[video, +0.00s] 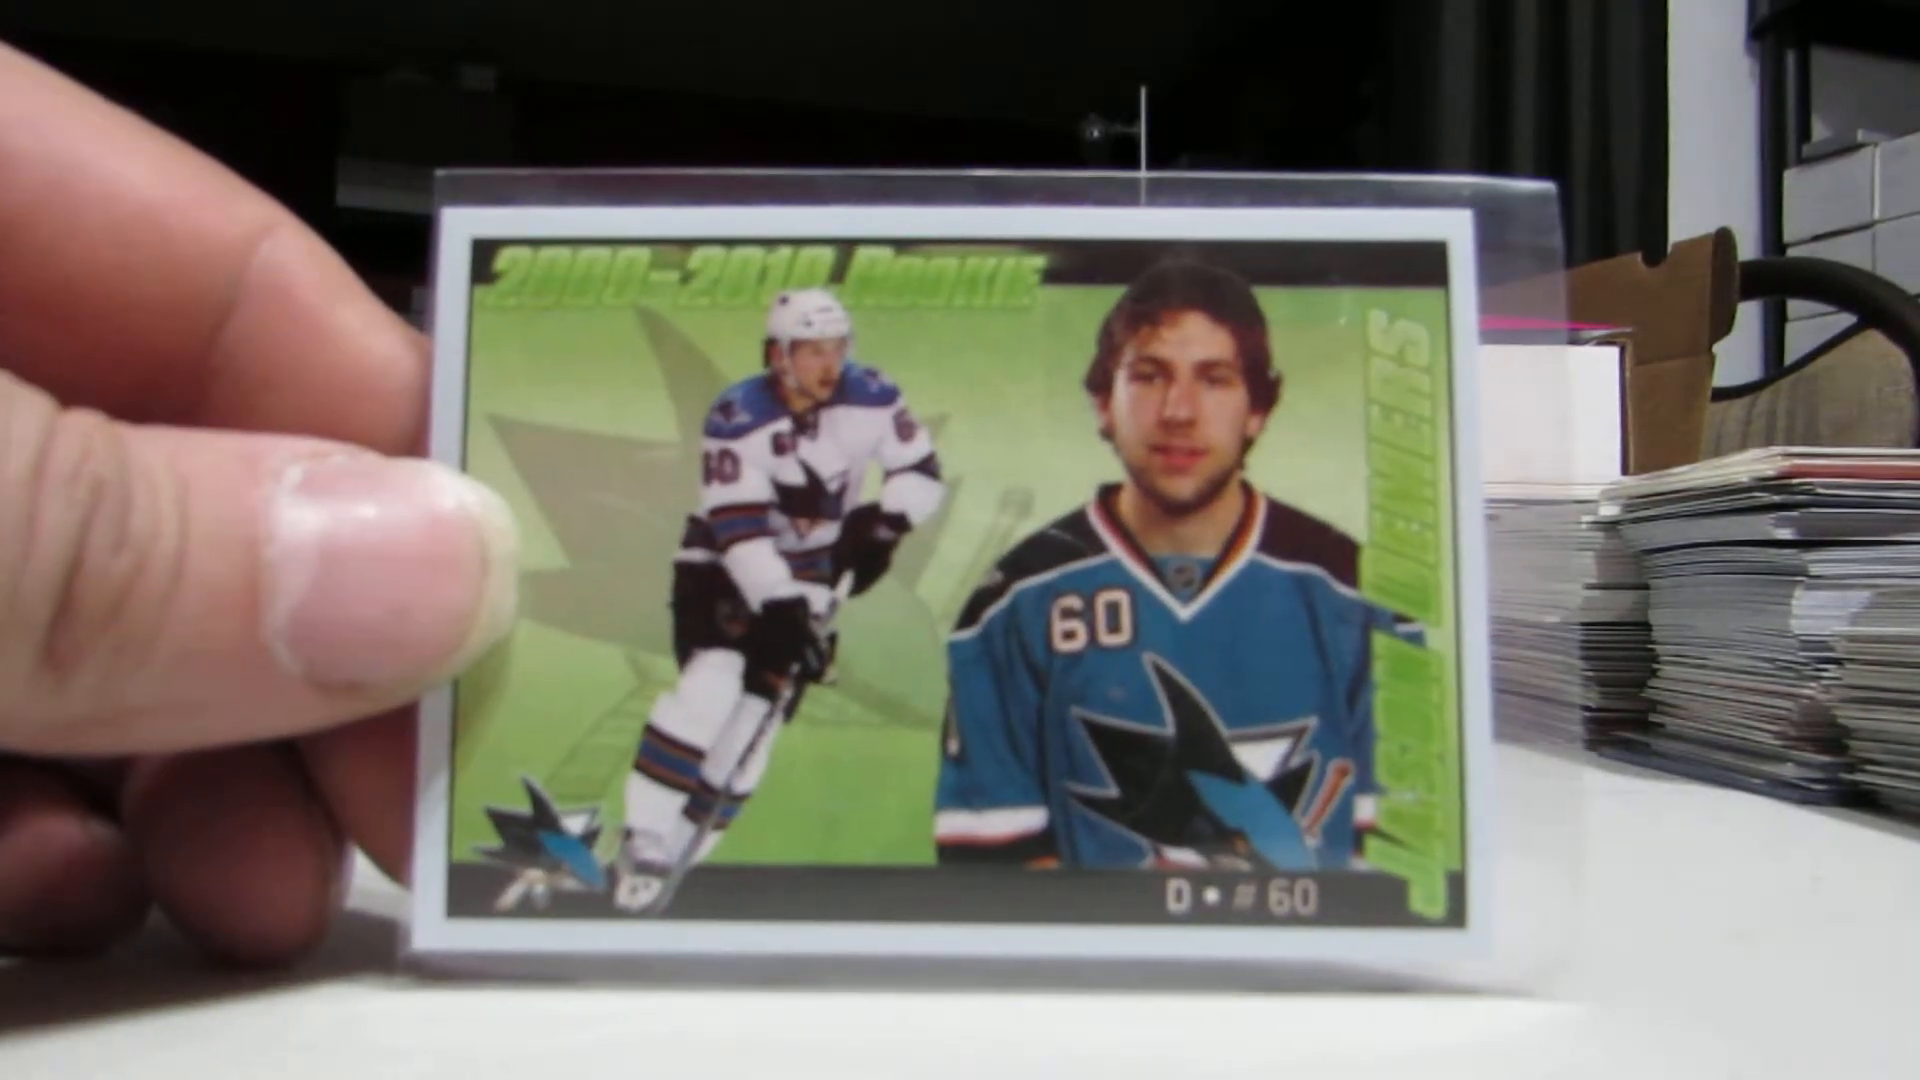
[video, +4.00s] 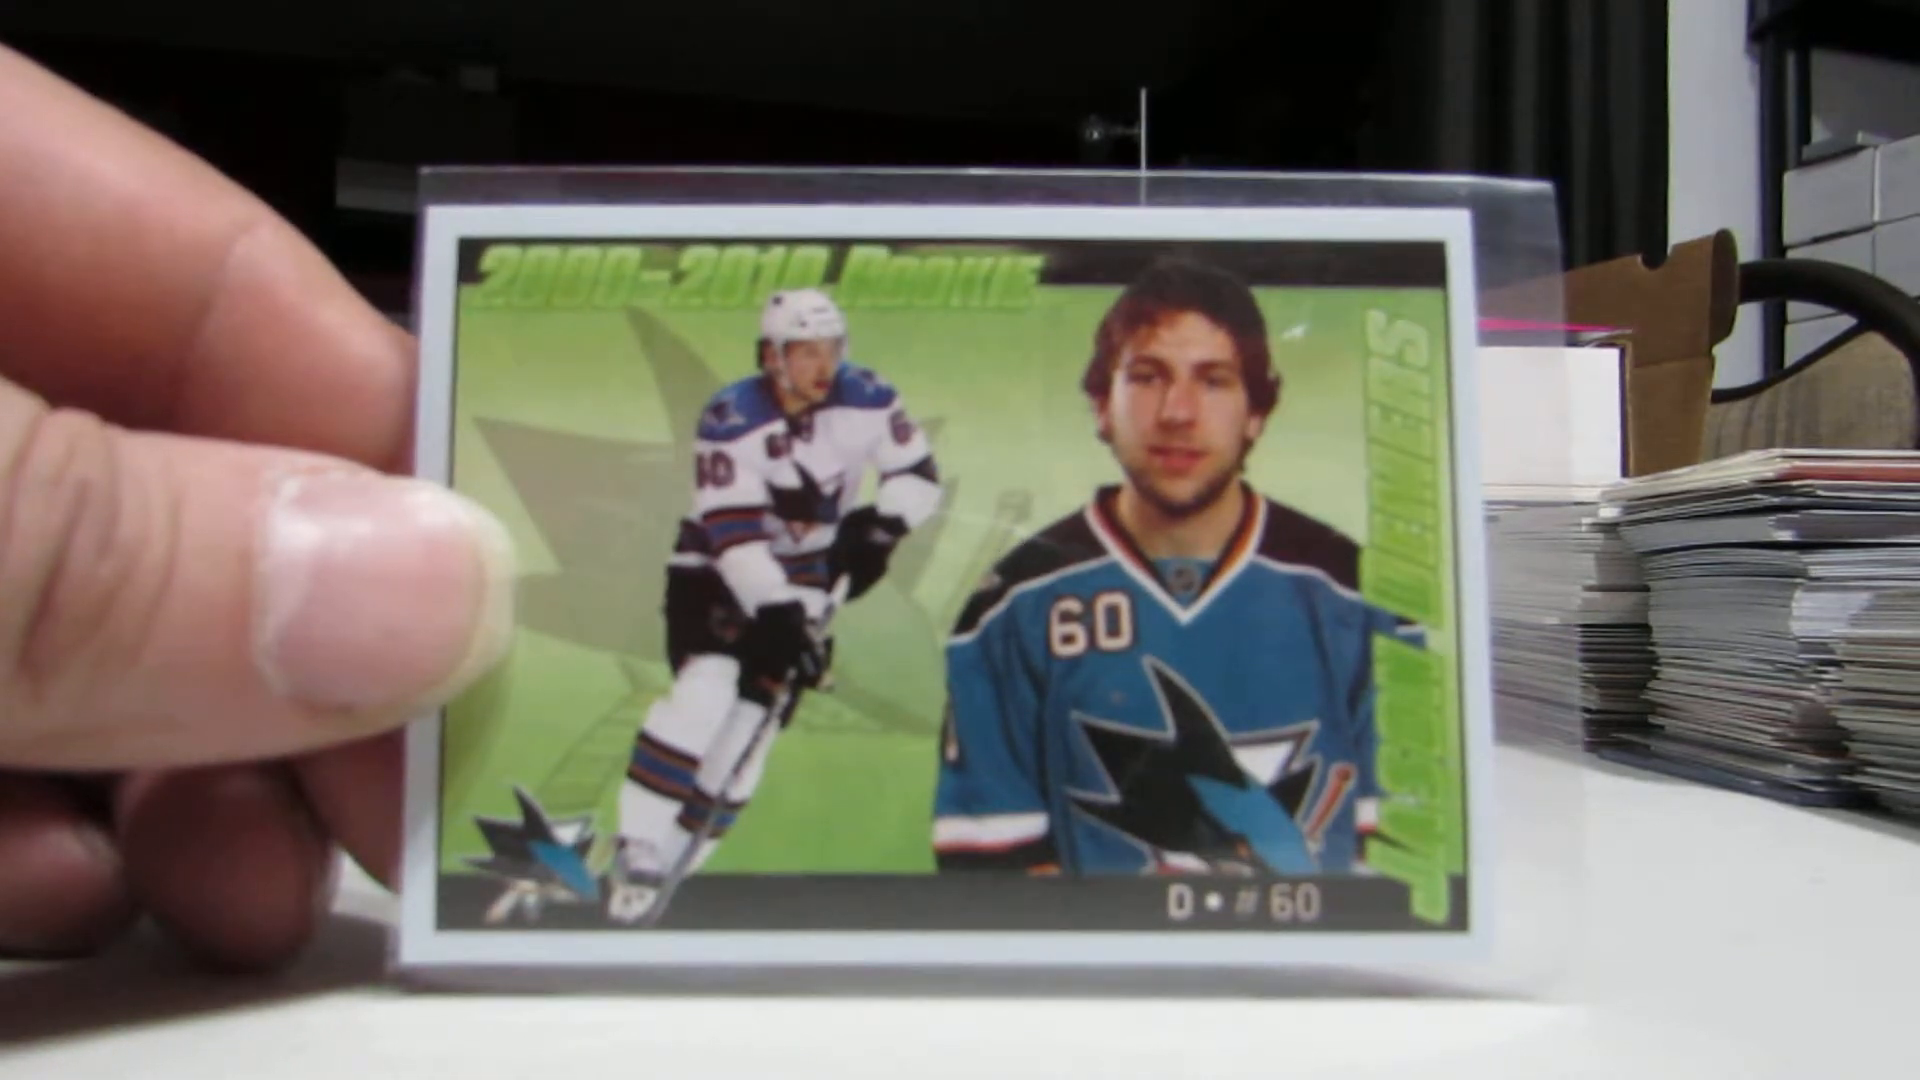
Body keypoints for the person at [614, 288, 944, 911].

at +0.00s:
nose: (831, 365)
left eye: (838, 351)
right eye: (815, 352)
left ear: (848, 350)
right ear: (780, 357)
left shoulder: (871, 399)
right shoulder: (739, 416)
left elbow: (920, 472)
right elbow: (738, 523)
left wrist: (882, 526)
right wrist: (780, 603)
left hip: (811, 573)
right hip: (727, 563)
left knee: (759, 715)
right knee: (714, 679)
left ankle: (683, 852)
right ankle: (646, 841)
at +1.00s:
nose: (825, 364)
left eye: (832, 350)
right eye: (809, 350)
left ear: (842, 350)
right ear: (773, 356)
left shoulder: (868, 398)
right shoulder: (733, 415)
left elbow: (917, 475)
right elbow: (732, 523)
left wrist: (877, 527)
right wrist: (774, 602)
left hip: (807, 572)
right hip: (721, 562)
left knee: (754, 715)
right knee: (709, 679)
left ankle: (677, 854)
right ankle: (641, 843)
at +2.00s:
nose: (822, 365)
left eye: (830, 351)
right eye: (805, 352)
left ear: (842, 350)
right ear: (772, 356)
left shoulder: (867, 399)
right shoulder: (732, 416)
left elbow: (916, 474)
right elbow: (732, 524)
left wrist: (877, 527)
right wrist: (775, 605)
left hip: (806, 573)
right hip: (721, 563)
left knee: (755, 715)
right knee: (709, 681)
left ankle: (680, 853)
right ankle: (642, 842)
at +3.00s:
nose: (828, 368)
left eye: (836, 354)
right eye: (813, 355)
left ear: (846, 354)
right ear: (777, 359)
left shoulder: (870, 403)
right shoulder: (736, 419)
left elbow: (918, 477)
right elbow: (735, 526)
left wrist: (880, 530)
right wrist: (777, 606)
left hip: (808, 578)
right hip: (723, 566)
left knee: (755, 718)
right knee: (711, 682)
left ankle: (676, 860)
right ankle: (641, 848)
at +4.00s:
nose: (824, 366)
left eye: (832, 352)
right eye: (808, 353)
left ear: (842, 352)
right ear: (773, 358)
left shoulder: (868, 401)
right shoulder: (732, 419)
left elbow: (917, 475)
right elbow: (732, 527)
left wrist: (878, 531)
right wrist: (776, 609)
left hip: (807, 578)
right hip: (720, 567)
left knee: (754, 722)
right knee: (708, 687)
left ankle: (680, 860)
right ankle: (640, 849)